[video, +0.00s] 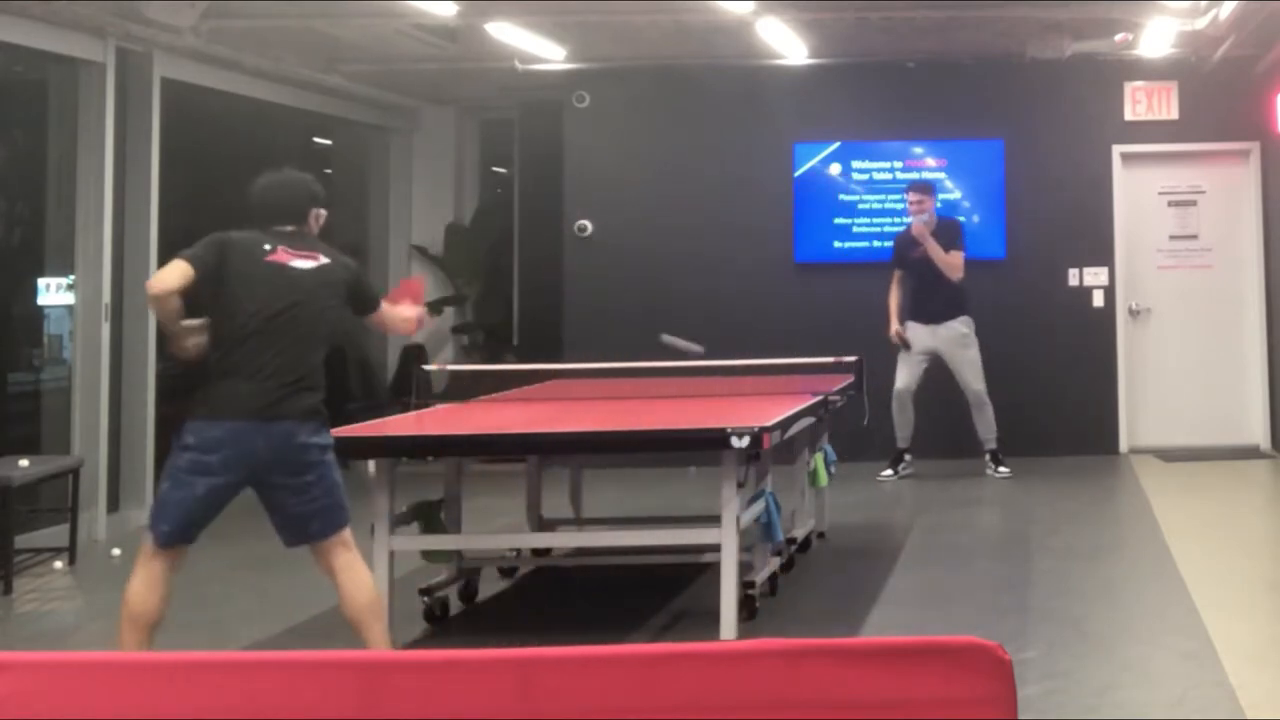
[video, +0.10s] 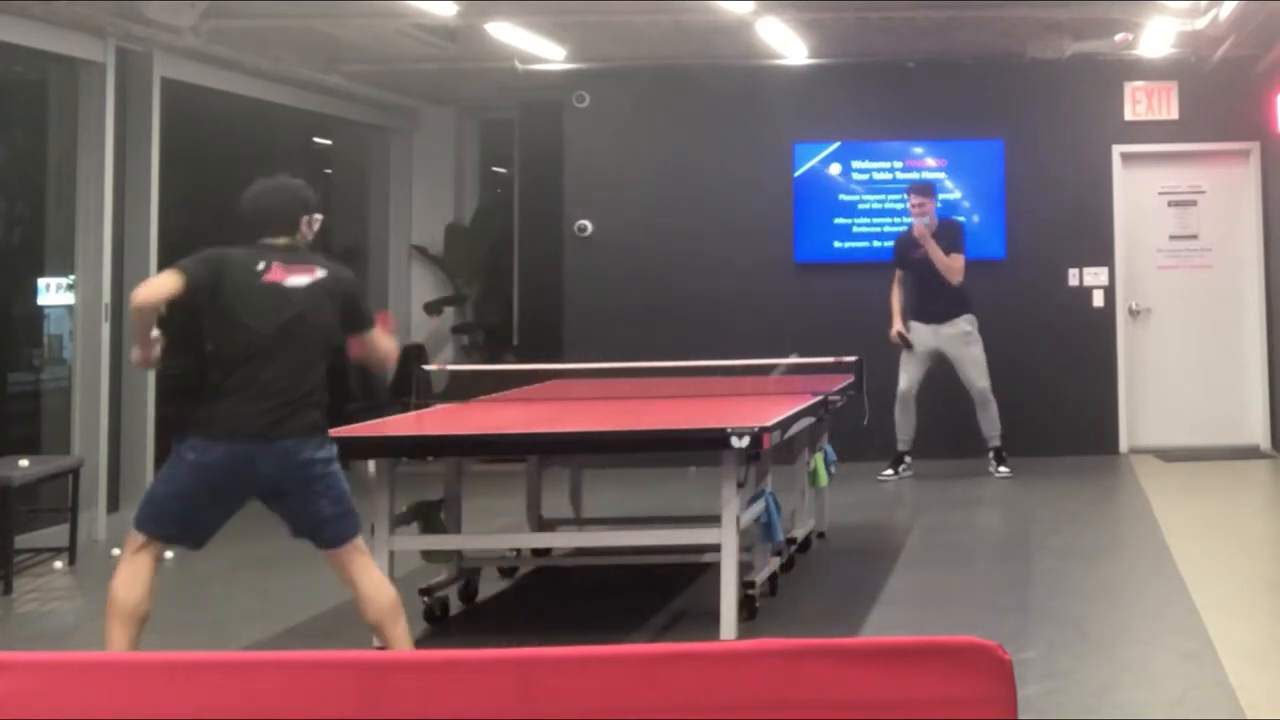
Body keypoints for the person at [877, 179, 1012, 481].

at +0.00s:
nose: (915, 208)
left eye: (920, 203)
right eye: (911, 204)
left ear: (933, 203)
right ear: (907, 205)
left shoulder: (950, 228)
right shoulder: (903, 240)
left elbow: (956, 271)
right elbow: (897, 282)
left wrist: (926, 238)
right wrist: (894, 321)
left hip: (955, 326)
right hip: (916, 328)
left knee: (977, 390)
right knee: (902, 389)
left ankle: (992, 454)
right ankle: (902, 454)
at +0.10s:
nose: (917, 210)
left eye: (922, 205)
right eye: (913, 206)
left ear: (934, 204)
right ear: (908, 207)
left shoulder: (951, 230)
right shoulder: (904, 242)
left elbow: (956, 275)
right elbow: (898, 282)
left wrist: (928, 241)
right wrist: (897, 320)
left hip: (958, 325)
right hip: (919, 327)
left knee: (981, 388)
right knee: (905, 390)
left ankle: (997, 452)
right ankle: (902, 456)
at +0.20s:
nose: (926, 216)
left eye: (931, 211)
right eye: (922, 212)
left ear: (942, 209)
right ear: (918, 212)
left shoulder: (959, 234)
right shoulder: (911, 246)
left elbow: (965, 279)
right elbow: (900, 288)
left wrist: (937, 246)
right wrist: (906, 322)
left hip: (963, 327)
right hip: (923, 330)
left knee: (988, 386)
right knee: (906, 389)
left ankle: (1006, 452)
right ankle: (902, 458)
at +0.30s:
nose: (941, 223)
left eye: (946, 218)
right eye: (937, 218)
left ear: (956, 215)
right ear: (931, 217)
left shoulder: (972, 238)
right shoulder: (923, 249)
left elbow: (981, 284)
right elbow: (906, 299)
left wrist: (953, 252)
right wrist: (923, 319)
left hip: (970, 329)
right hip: (931, 331)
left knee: (993, 388)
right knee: (911, 388)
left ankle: (1013, 454)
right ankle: (903, 457)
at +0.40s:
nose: (958, 227)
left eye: (962, 222)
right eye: (952, 223)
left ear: (971, 220)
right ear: (946, 223)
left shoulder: (984, 243)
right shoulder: (938, 253)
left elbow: (997, 289)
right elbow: (918, 306)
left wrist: (971, 257)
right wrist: (948, 322)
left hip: (980, 330)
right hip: (940, 331)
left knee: (998, 390)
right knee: (915, 389)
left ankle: (1013, 456)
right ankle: (903, 457)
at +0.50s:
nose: (967, 228)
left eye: (972, 223)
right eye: (962, 223)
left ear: (981, 221)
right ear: (956, 223)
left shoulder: (993, 246)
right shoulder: (950, 252)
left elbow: (1003, 291)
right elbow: (937, 302)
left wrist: (982, 258)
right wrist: (954, 319)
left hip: (985, 329)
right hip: (947, 328)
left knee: (1002, 388)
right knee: (919, 390)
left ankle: (1013, 455)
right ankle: (905, 456)